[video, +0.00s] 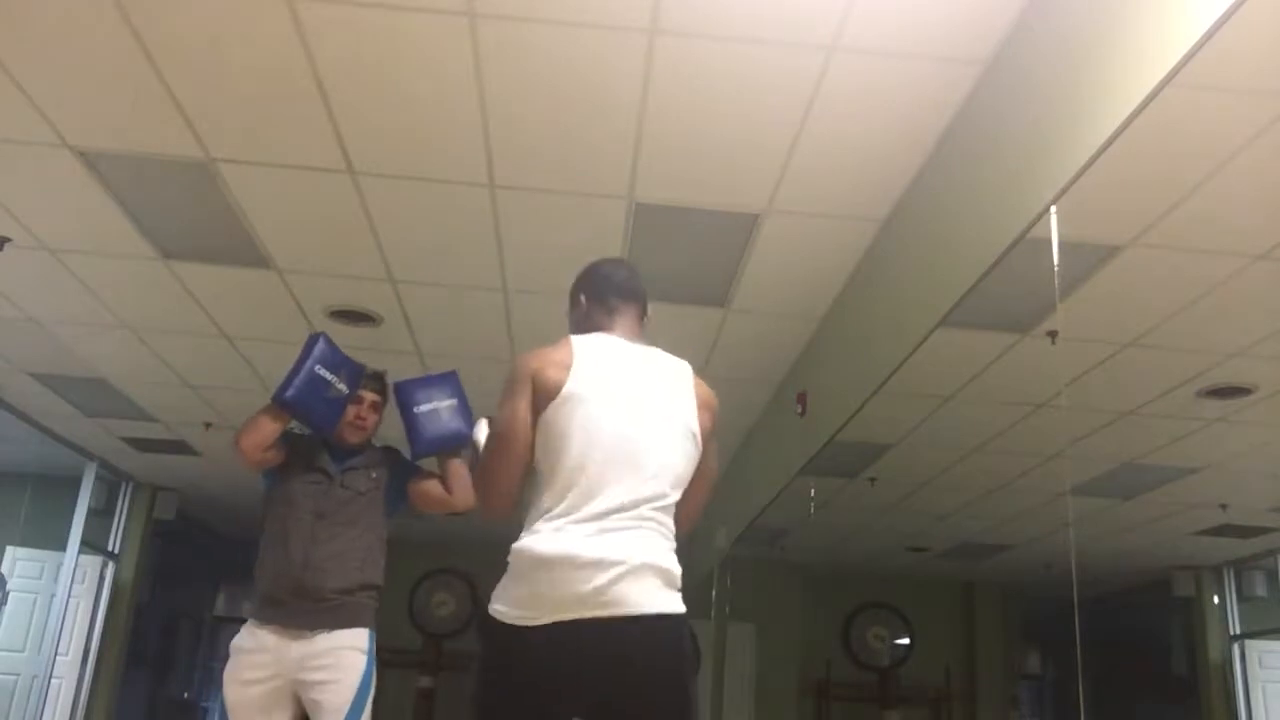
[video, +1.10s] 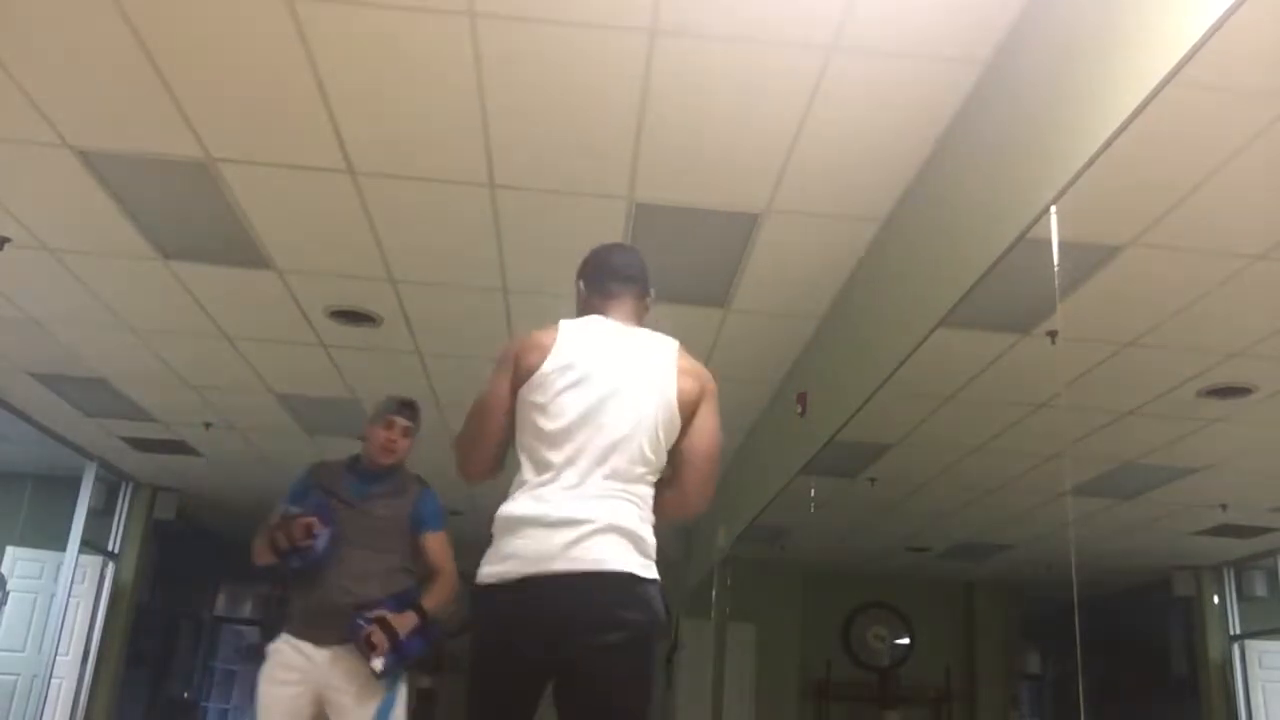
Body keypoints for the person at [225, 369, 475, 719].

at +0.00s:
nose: (362, 413)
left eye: (373, 407)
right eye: (355, 401)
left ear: (381, 418)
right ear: (332, 403)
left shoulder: (387, 466)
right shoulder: (295, 450)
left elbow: (460, 500)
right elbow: (248, 446)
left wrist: (446, 431)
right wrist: (300, 393)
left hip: (341, 642)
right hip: (265, 637)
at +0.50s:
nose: (334, 418)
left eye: (345, 412)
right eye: (326, 408)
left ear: (356, 424)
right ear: (309, 416)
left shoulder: (370, 471)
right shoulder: (277, 466)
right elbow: (221, 475)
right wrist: (258, 421)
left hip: (334, 646)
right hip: (264, 644)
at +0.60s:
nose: (319, 424)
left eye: (331, 416)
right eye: (309, 414)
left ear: (341, 427)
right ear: (293, 421)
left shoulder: (357, 476)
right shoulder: (266, 472)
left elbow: (405, 533)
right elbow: (202, 495)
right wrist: (237, 431)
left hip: (328, 648)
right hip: (258, 646)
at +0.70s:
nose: (316, 423)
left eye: (328, 416)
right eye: (307, 413)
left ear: (337, 427)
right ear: (290, 420)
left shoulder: (357, 475)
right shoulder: (261, 472)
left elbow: (400, 546)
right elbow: (192, 508)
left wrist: (358, 560)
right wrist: (232, 438)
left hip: (330, 644)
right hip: (259, 643)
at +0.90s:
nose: (344, 422)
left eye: (355, 416)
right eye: (336, 411)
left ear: (362, 427)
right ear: (317, 418)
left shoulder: (376, 476)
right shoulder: (279, 469)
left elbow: (415, 548)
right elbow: (211, 536)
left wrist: (389, 600)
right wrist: (246, 471)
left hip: (335, 641)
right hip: (265, 640)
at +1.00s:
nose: (367, 429)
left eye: (378, 424)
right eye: (360, 418)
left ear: (385, 436)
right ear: (340, 423)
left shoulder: (394, 484)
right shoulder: (297, 472)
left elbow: (429, 560)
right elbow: (231, 547)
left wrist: (397, 606)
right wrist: (260, 517)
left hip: (348, 646)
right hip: (276, 643)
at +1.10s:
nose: (393, 437)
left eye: (405, 433)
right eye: (387, 426)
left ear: (411, 445)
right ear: (367, 429)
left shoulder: (418, 496)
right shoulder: (320, 478)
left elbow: (447, 576)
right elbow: (260, 553)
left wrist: (407, 620)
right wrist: (286, 534)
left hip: (368, 661)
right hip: (295, 652)